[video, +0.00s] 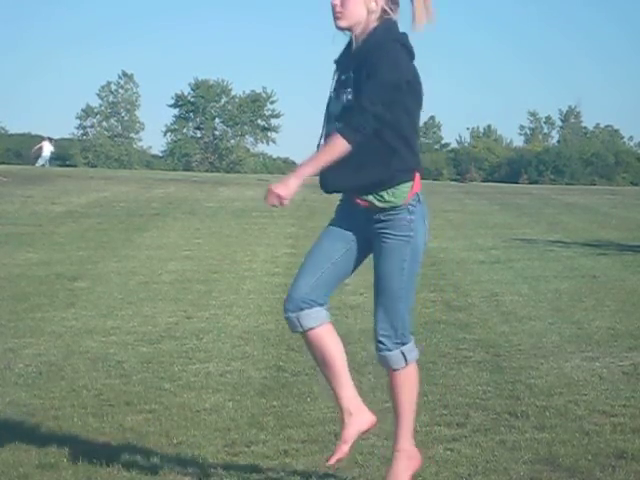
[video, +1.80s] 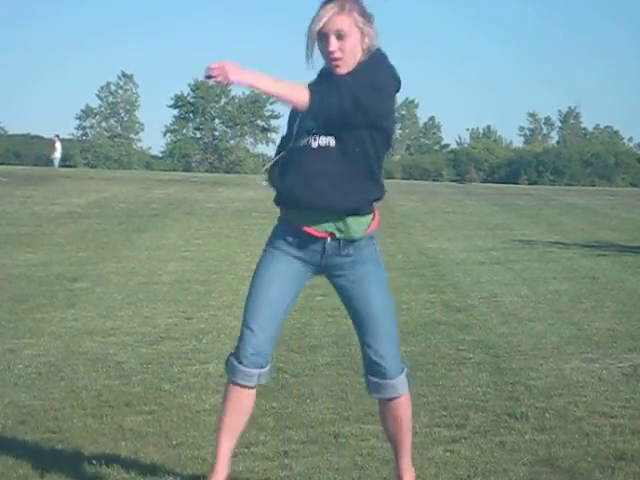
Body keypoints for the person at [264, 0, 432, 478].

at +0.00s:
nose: (336, 3)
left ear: (376, 2)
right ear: (339, 7)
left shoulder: (386, 49)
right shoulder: (354, 53)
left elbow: (358, 127)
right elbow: (364, 130)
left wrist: (296, 177)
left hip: (398, 210)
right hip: (354, 207)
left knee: (393, 338)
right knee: (303, 305)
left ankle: (406, 449)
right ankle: (354, 412)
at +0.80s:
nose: (325, 42)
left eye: (330, 33)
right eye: (327, 34)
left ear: (349, 36)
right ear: (364, 36)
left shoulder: (365, 85)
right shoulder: (369, 83)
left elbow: (345, 172)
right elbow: (356, 171)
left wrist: (290, 234)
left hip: (364, 235)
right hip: (364, 233)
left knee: (352, 365)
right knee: (338, 368)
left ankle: (396, 475)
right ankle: (390, 472)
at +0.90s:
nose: (324, 59)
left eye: (328, 50)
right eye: (325, 50)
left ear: (346, 56)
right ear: (365, 55)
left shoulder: (362, 107)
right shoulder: (379, 102)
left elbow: (359, 201)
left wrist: (284, 208)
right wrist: (380, 29)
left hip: (367, 259)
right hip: (375, 257)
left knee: (338, 383)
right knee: (292, 362)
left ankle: (392, 475)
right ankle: (364, 466)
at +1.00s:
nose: (319, 54)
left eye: (324, 45)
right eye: (321, 45)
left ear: (344, 48)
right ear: (352, 48)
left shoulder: (358, 98)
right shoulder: (378, 95)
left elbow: (364, 189)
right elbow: (400, 172)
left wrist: (305, 168)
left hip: (367, 248)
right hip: (372, 246)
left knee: (344, 377)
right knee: (272, 325)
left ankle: (395, 474)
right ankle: (334, 425)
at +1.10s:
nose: (312, 20)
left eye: (317, 10)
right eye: (313, 11)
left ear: (348, 9)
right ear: (349, 12)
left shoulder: (362, 65)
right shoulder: (355, 66)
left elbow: (344, 161)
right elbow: (353, 161)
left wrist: (282, 130)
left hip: (373, 225)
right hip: (351, 225)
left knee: (363, 357)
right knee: (278, 314)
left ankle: (391, 470)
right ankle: (315, 429)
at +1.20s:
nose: (319, 16)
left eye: (329, 5)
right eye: (316, 7)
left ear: (362, 7)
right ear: (318, 11)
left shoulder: (367, 57)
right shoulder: (346, 59)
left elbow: (306, 115)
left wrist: (228, 120)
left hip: (377, 221)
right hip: (337, 219)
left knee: (370, 352)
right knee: (295, 332)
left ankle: (393, 464)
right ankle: (297, 450)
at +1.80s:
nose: (331, 45)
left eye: (341, 34)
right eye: (323, 38)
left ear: (365, 36)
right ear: (317, 44)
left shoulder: (378, 76)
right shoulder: (318, 85)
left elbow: (317, 99)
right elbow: (302, 152)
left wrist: (245, 77)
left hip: (356, 249)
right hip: (290, 242)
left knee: (387, 367)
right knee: (249, 357)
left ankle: (406, 470)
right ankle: (219, 470)